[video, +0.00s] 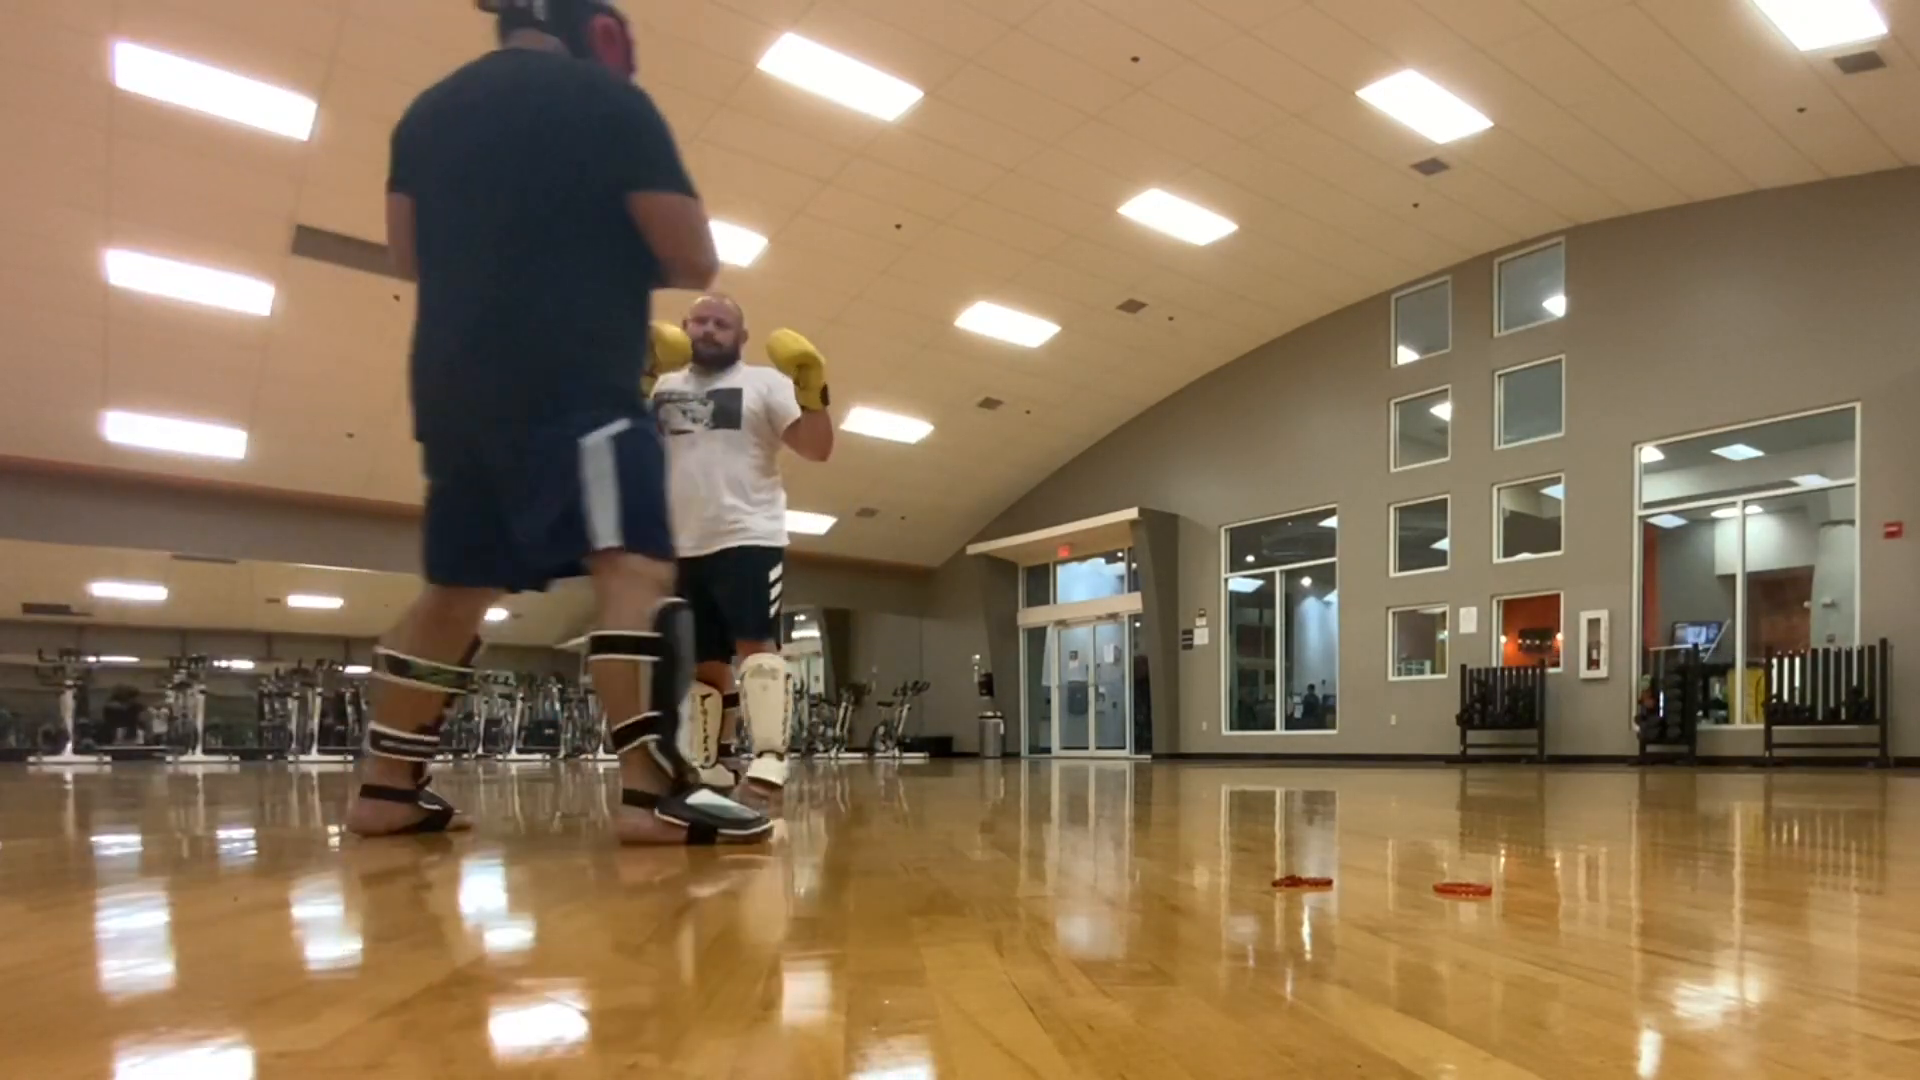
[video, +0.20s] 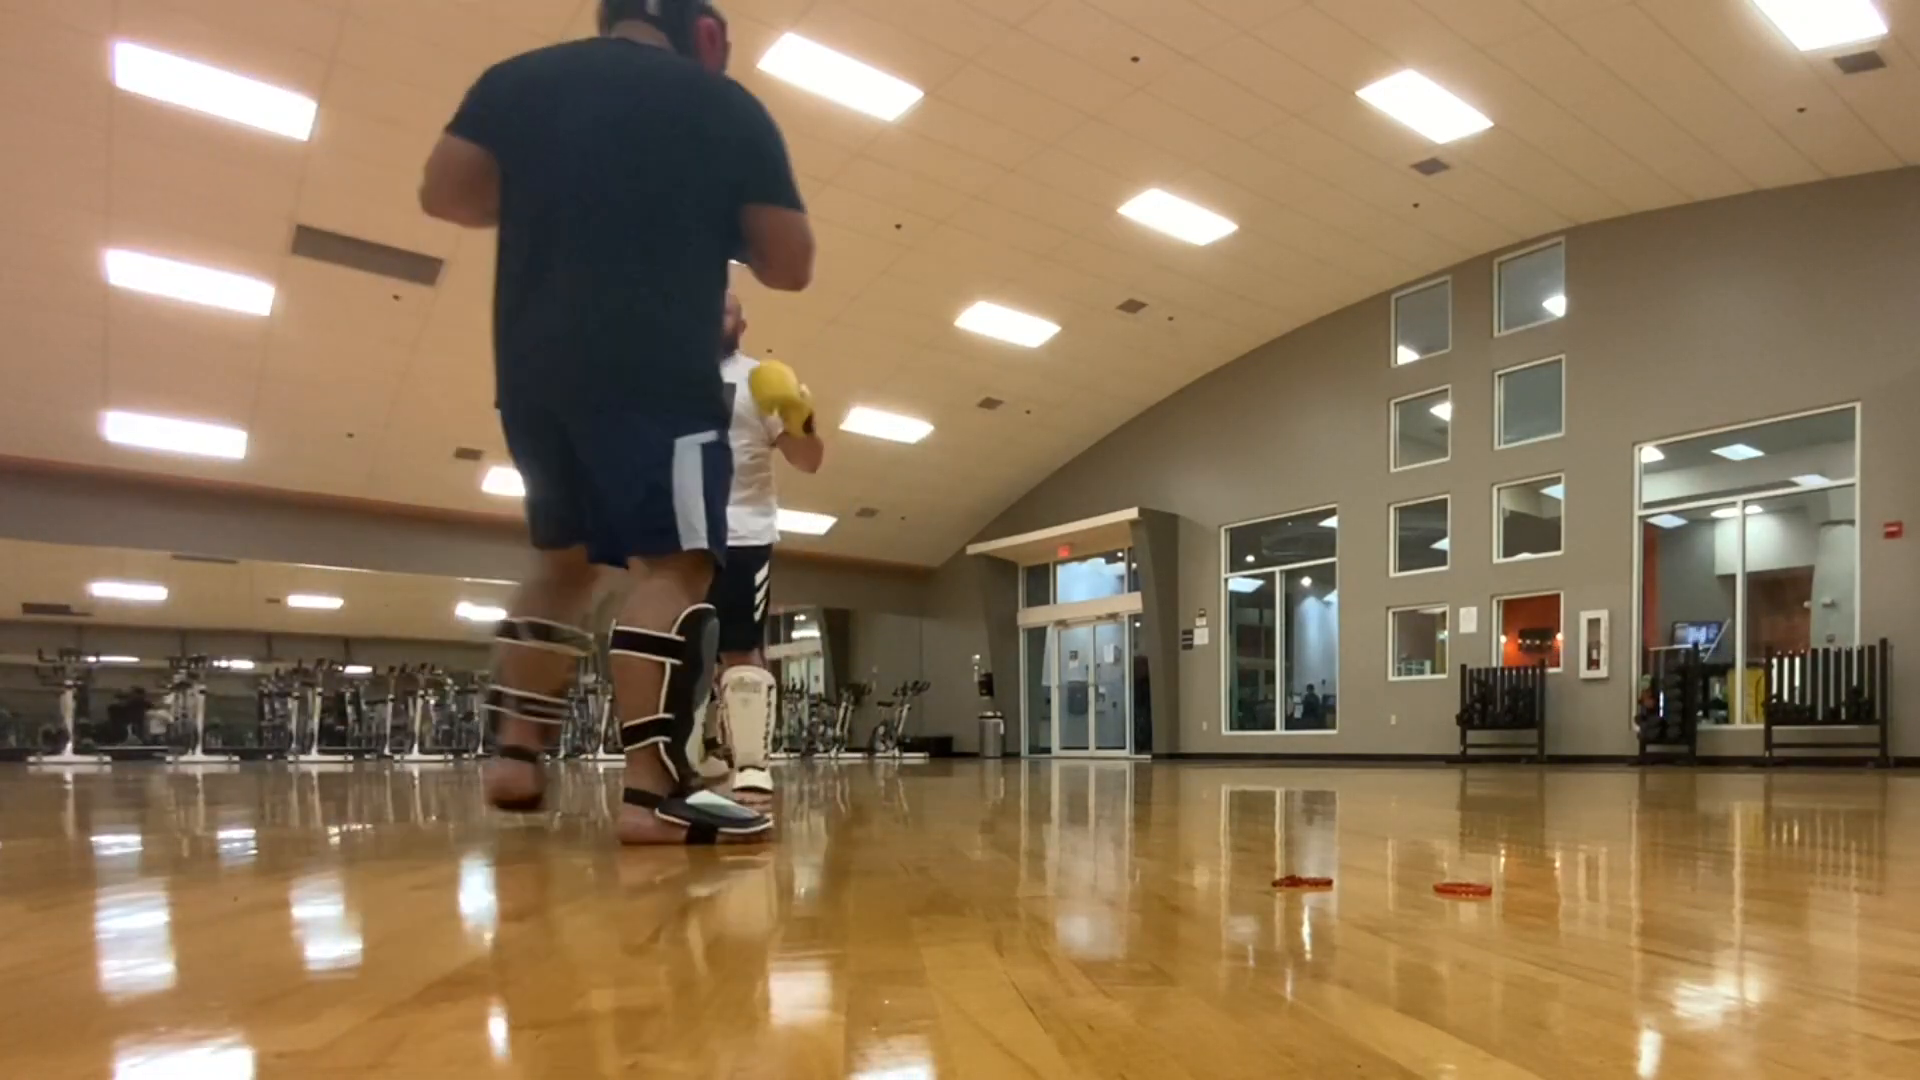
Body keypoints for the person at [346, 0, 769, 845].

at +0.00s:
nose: (628, 62)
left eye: (628, 47)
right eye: (624, 43)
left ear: (506, 24)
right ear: (599, 30)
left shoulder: (429, 108)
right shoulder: (610, 102)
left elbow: (407, 255)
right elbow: (692, 257)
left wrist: (506, 250)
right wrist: (605, 232)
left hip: (456, 386)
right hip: (580, 382)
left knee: (459, 585)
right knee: (633, 569)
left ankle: (386, 788)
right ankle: (648, 790)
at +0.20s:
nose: (724, 56)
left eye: (724, 43)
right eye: (722, 41)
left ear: (606, 21)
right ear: (704, 31)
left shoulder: (517, 77)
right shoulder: (727, 108)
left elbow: (447, 190)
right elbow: (787, 262)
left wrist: (549, 197)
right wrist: (708, 211)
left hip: (534, 368)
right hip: (656, 369)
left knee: (564, 555)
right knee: (671, 564)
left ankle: (515, 754)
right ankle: (649, 792)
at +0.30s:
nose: (753, 58)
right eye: (748, 45)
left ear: (632, 24)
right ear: (728, 42)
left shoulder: (555, 73)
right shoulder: (767, 118)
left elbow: (493, 193)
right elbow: (818, 271)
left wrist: (593, 186)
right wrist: (739, 215)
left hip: (565, 373)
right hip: (689, 376)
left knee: (602, 573)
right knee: (667, 573)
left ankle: (626, 778)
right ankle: (650, 795)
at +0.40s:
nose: (780, 81)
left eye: (650, 36)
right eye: (777, 69)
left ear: (657, 38)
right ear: (760, 66)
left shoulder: (586, 92)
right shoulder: (791, 142)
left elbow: (535, 222)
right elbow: (832, 290)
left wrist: (634, 219)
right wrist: (753, 231)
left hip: (597, 378)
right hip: (716, 381)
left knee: (637, 576)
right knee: (691, 575)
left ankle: (671, 784)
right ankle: (646, 793)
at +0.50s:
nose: (791, 96)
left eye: (670, 54)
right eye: (790, 87)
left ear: (677, 61)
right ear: (775, 85)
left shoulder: (608, 118)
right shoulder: (810, 155)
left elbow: (537, 234)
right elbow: (847, 302)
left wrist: (636, 234)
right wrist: (764, 256)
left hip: (634, 393)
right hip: (747, 391)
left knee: (670, 587)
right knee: (741, 576)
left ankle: (683, 782)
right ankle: (657, 780)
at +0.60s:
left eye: (680, 73)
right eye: (797, 95)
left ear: (688, 75)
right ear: (783, 94)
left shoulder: (627, 132)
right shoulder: (825, 156)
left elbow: (556, 244)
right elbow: (865, 303)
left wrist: (636, 276)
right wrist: (775, 291)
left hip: (661, 403)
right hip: (775, 401)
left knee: (694, 603)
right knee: (816, 580)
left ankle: (713, 790)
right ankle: (719, 730)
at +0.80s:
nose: (718, 104)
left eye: (720, 94)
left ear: (728, 92)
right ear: (819, 107)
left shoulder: (682, 151)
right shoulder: (868, 168)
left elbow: (632, 274)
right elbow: (896, 305)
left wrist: (703, 236)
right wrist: (823, 259)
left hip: (716, 413)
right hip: (830, 406)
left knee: (720, 598)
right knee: (898, 567)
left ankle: (715, 790)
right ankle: (904, 748)